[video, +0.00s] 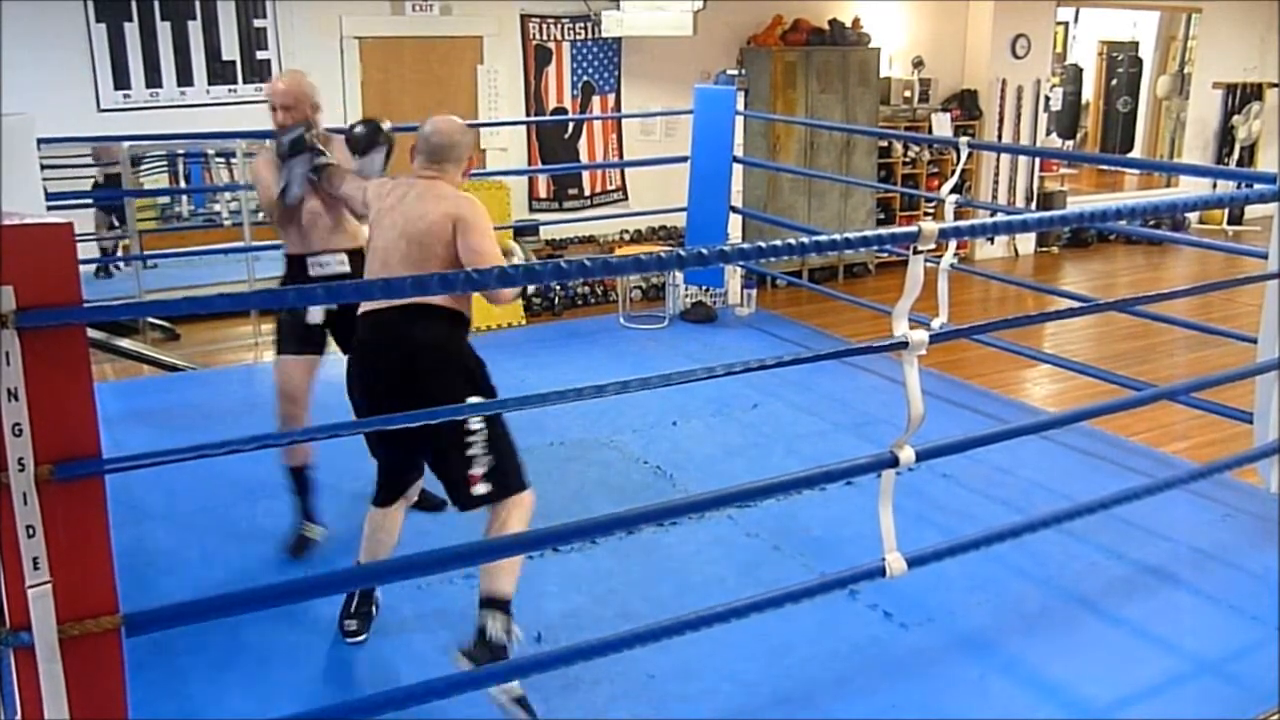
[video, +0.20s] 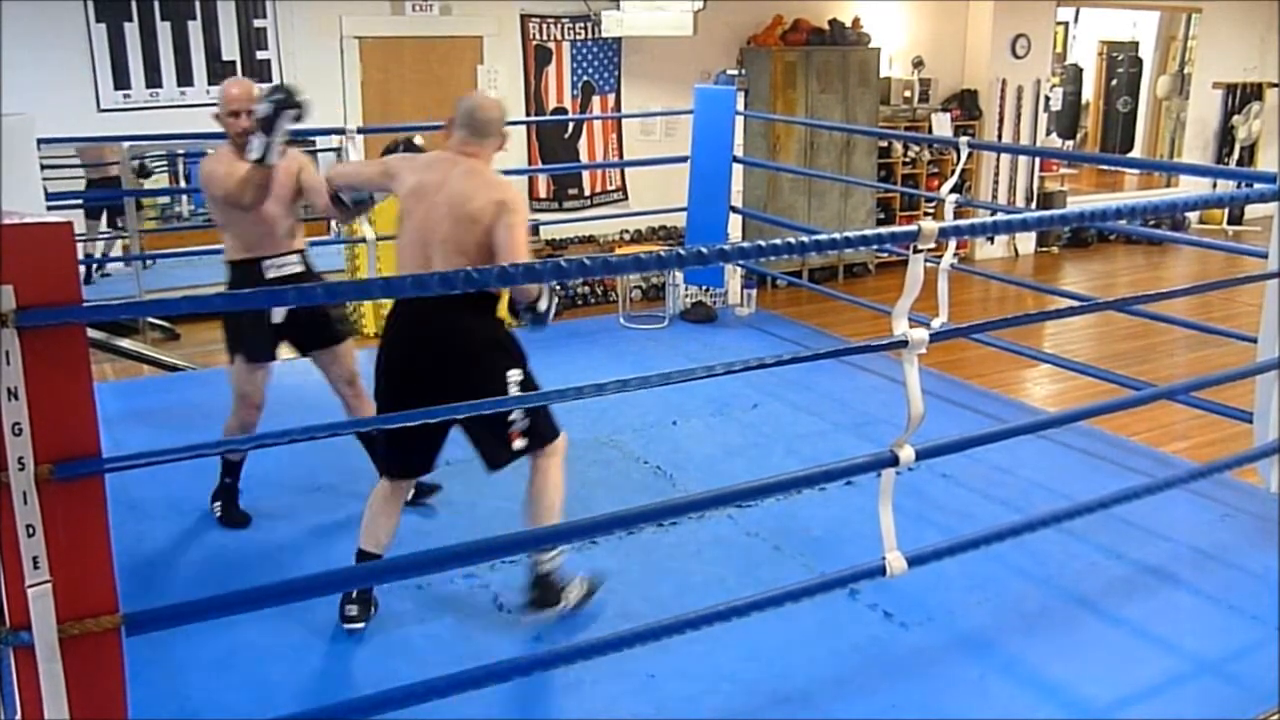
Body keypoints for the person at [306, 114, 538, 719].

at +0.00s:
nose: (478, 164)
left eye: (473, 154)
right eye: (477, 156)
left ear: (417, 154)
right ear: (467, 164)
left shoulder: (384, 193)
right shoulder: (464, 209)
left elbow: (348, 191)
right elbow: (499, 290)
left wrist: (334, 166)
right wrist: (529, 269)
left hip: (370, 360)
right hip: (438, 361)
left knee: (398, 481)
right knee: (513, 495)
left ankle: (358, 606)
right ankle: (493, 630)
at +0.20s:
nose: (504, 146)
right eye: (504, 138)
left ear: (450, 129)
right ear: (500, 141)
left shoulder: (408, 167)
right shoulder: (503, 195)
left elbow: (334, 177)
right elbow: (520, 284)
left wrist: (349, 202)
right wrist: (534, 292)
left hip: (408, 337)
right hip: (474, 339)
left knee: (396, 473)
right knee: (549, 444)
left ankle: (357, 594)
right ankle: (546, 580)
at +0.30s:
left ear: (484, 124)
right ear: (533, 136)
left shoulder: (439, 168)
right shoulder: (539, 194)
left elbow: (356, 195)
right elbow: (558, 281)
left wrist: (381, 211)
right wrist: (537, 271)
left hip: (434, 329)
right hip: (503, 331)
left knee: (406, 462)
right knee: (566, 429)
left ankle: (364, 589)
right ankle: (595, 542)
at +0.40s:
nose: (514, 131)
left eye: (515, 124)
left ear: (515, 128)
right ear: (563, 138)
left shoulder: (474, 175)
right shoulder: (577, 198)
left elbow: (409, 230)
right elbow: (604, 285)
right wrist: (570, 263)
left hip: (476, 328)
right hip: (545, 332)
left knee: (434, 454)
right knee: (584, 427)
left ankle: (373, 576)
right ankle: (603, 538)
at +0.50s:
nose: (533, 124)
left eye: (536, 117)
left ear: (541, 122)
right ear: (588, 127)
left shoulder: (505, 174)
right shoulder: (606, 185)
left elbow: (474, 251)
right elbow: (628, 260)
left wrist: (475, 206)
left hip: (515, 318)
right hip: (582, 319)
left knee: (469, 429)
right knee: (603, 425)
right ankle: (604, 537)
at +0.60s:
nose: (546, 102)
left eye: (549, 95)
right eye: (551, 94)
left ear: (556, 101)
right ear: (606, 106)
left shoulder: (526, 153)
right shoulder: (626, 163)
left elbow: (496, 233)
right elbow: (641, 234)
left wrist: (487, 193)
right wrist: (597, 219)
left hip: (538, 306)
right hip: (605, 305)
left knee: (511, 413)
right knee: (612, 417)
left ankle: (501, 515)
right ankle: (609, 532)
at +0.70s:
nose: (556, 91)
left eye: (560, 83)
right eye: (563, 83)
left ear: (567, 89)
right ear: (613, 93)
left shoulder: (538, 138)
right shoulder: (637, 146)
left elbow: (505, 213)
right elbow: (653, 211)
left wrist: (499, 173)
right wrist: (606, 196)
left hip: (554, 291)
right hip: (621, 288)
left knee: (559, 404)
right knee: (619, 413)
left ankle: (564, 509)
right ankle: (614, 526)